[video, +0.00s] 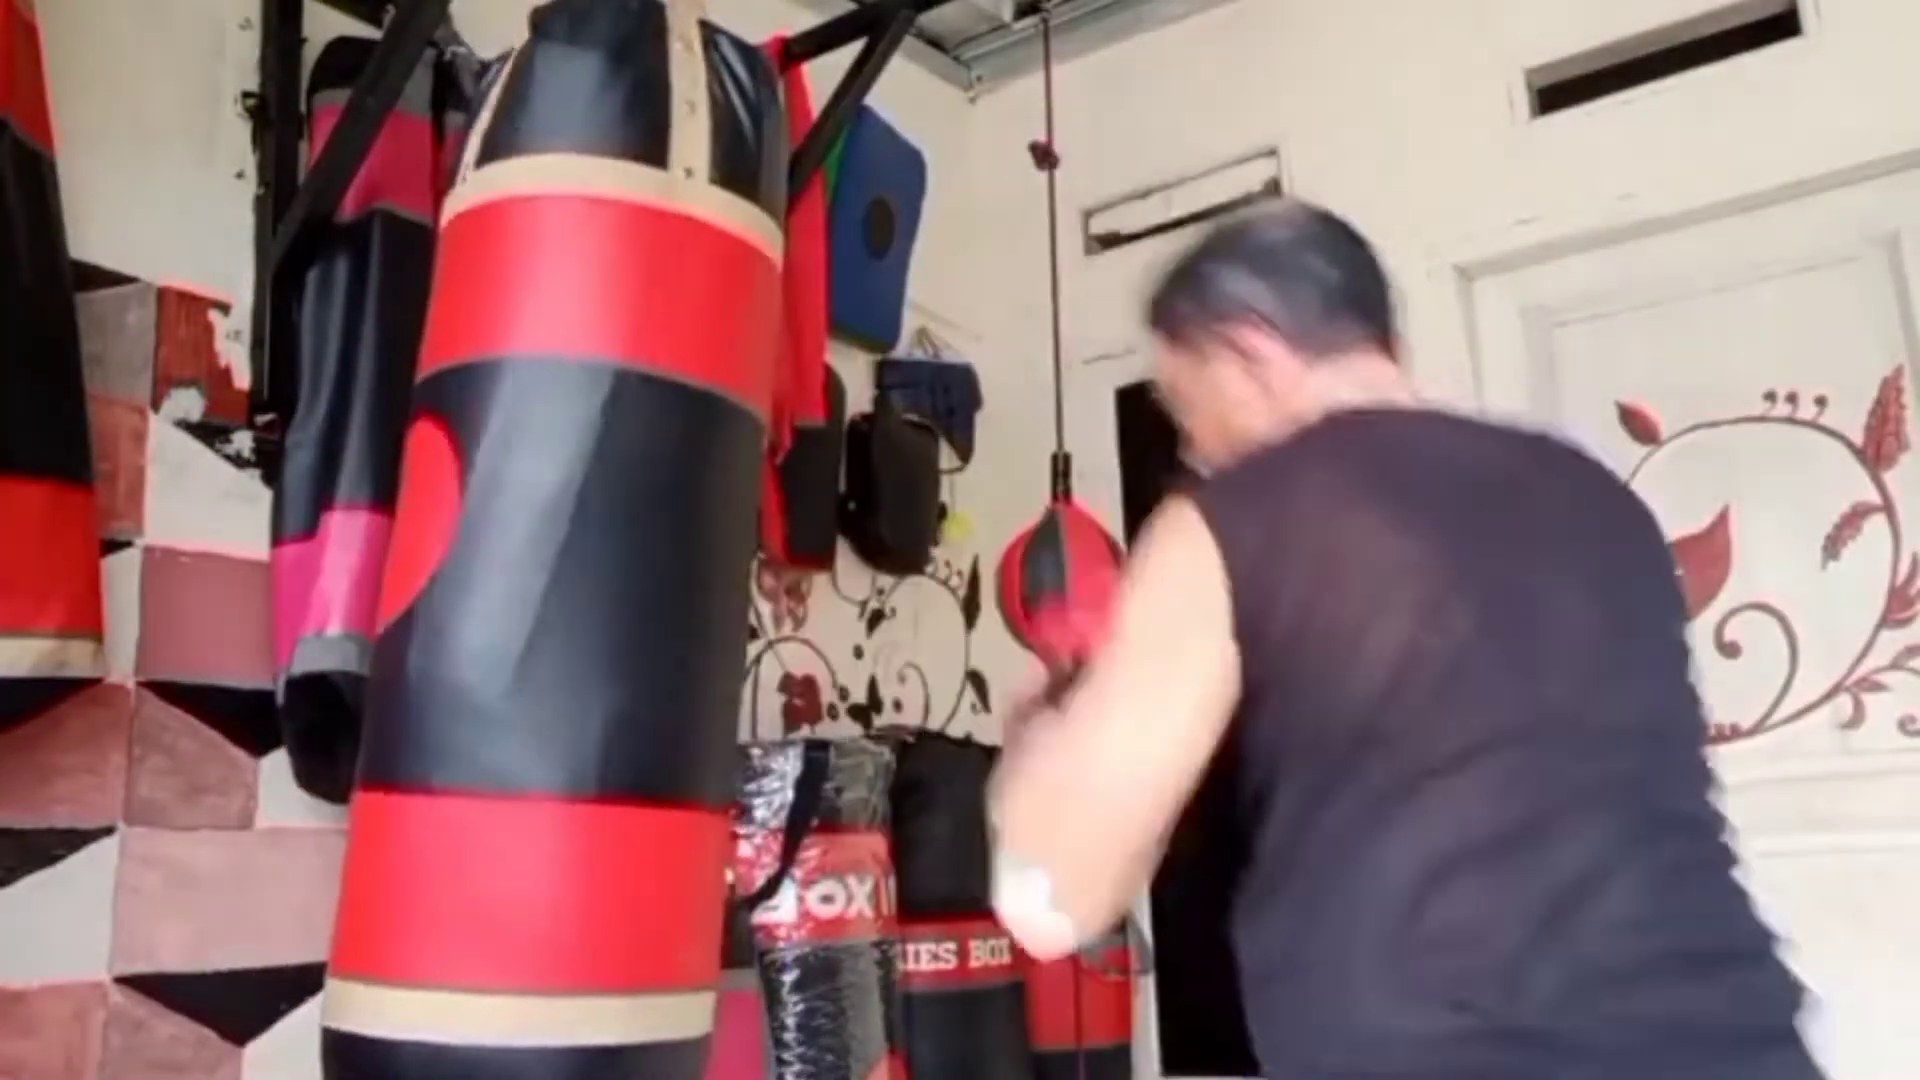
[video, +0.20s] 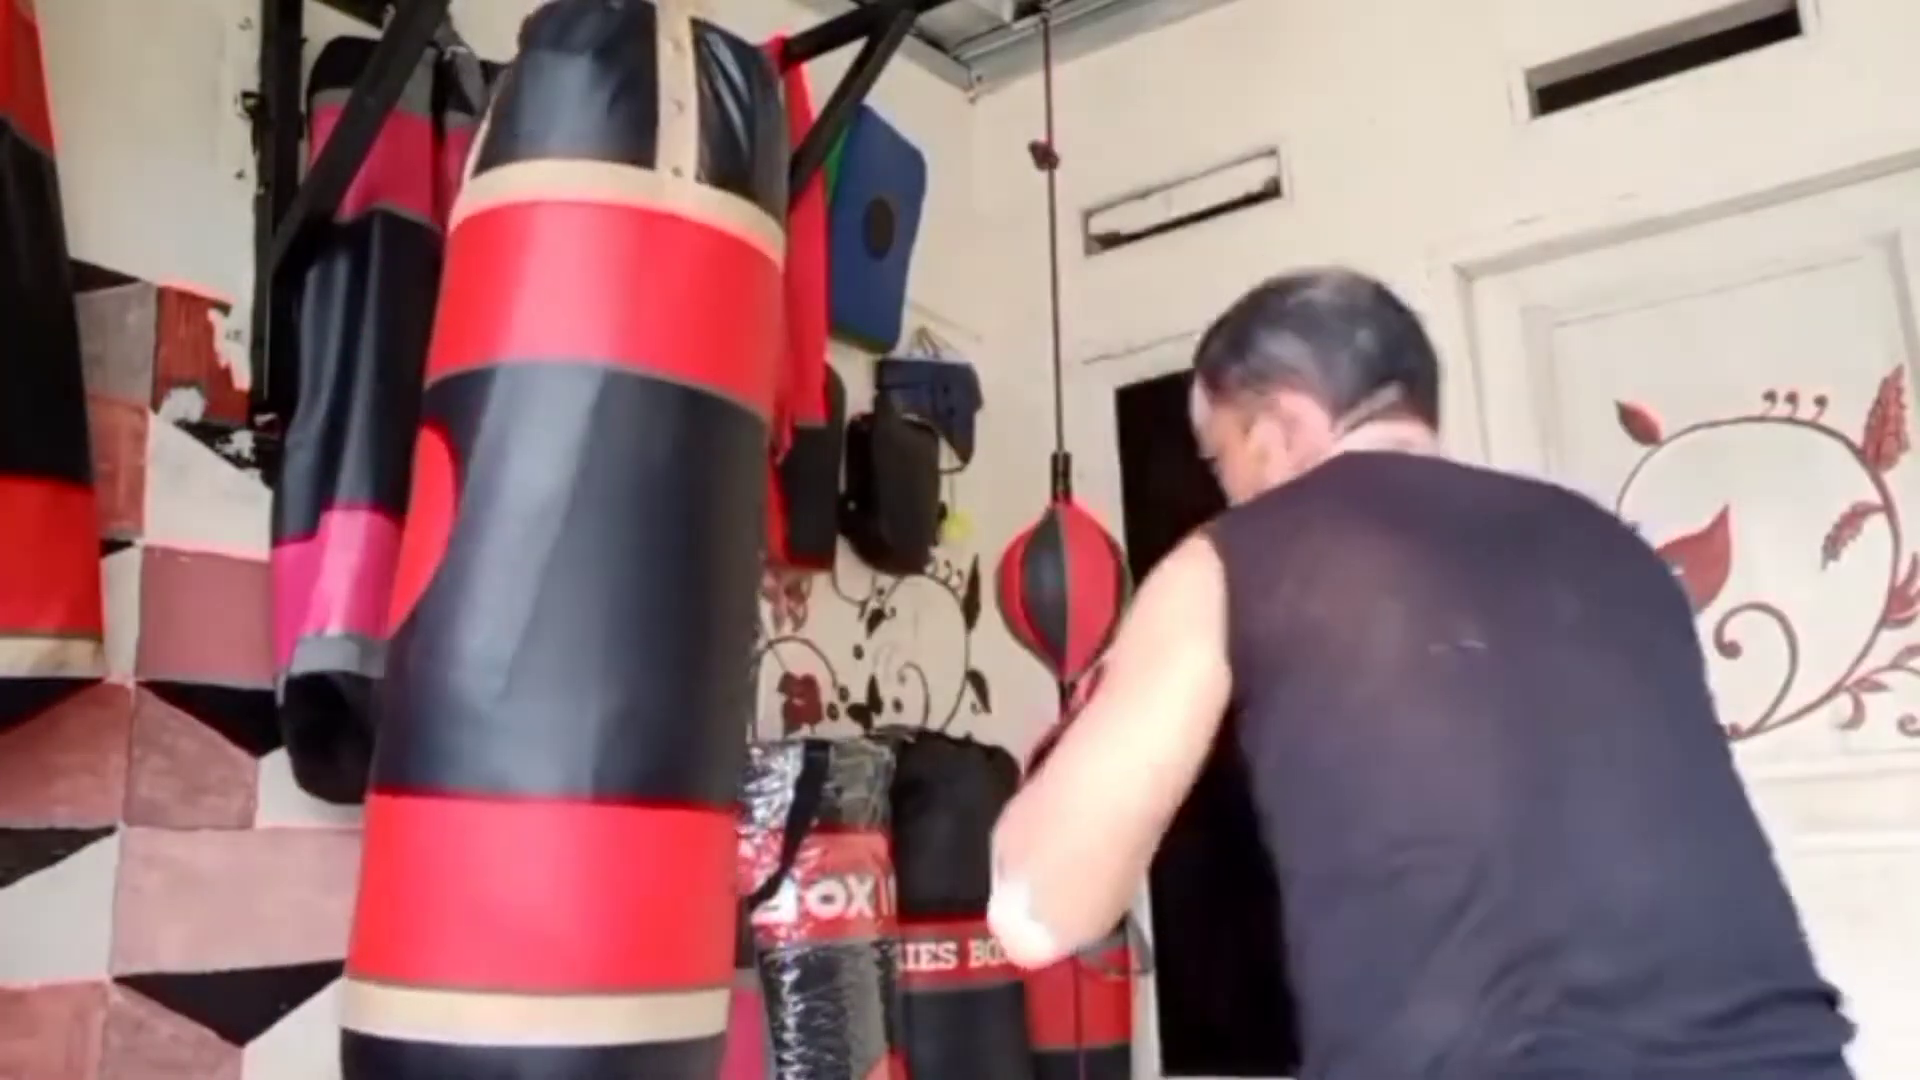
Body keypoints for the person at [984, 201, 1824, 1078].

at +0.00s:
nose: (1190, 447)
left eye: (1183, 407)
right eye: (1176, 416)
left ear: (1251, 351)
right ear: (1376, 334)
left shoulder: (1232, 521)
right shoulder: (1597, 490)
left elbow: (1052, 898)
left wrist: (1034, 721)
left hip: (1415, 1045)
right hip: (1725, 1039)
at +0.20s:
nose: (1223, 489)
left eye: (1218, 458)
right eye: (1211, 464)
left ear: (1288, 424)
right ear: (1414, 405)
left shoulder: (1231, 564)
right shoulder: (1616, 539)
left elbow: (1038, 917)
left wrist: (1079, 739)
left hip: (1463, 1056)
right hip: (1773, 1050)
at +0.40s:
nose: (1181, 503)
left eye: (1178, 472)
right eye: (1170, 479)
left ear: (1245, 431)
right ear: (1371, 418)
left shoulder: (1194, 559)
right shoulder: (1600, 546)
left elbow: (1016, 919)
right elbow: (1705, 877)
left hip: (1398, 1049)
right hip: (1698, 1049)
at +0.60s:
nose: (1124, 508)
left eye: (1124, 466)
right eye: (1115, 472)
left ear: (1196, 434)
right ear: (1329, 430)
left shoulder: (1142, 600)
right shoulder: (1539, 585)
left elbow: (932, 982)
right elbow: (1669, 911)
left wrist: (990, 1057)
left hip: (1313, 1058)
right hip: (1609, 1059)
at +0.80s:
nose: (1048, 471)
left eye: (1034, 414)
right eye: (1029, 422)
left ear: (1105, 373)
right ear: (1239, 357)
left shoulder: (1196, 542)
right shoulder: (1362, 515)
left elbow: (1013, 944)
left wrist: (993, 828)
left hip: (1360, 1056)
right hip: (1550, 1048)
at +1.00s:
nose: (998, 415)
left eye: (991, 358)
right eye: (982, 370)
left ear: (1082, 312)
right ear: (1096, 315)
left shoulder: (1216, 501)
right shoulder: (1293, 454)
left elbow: (1096, 958)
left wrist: (974, 756)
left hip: (1373, 1055)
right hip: (1461, 1039)